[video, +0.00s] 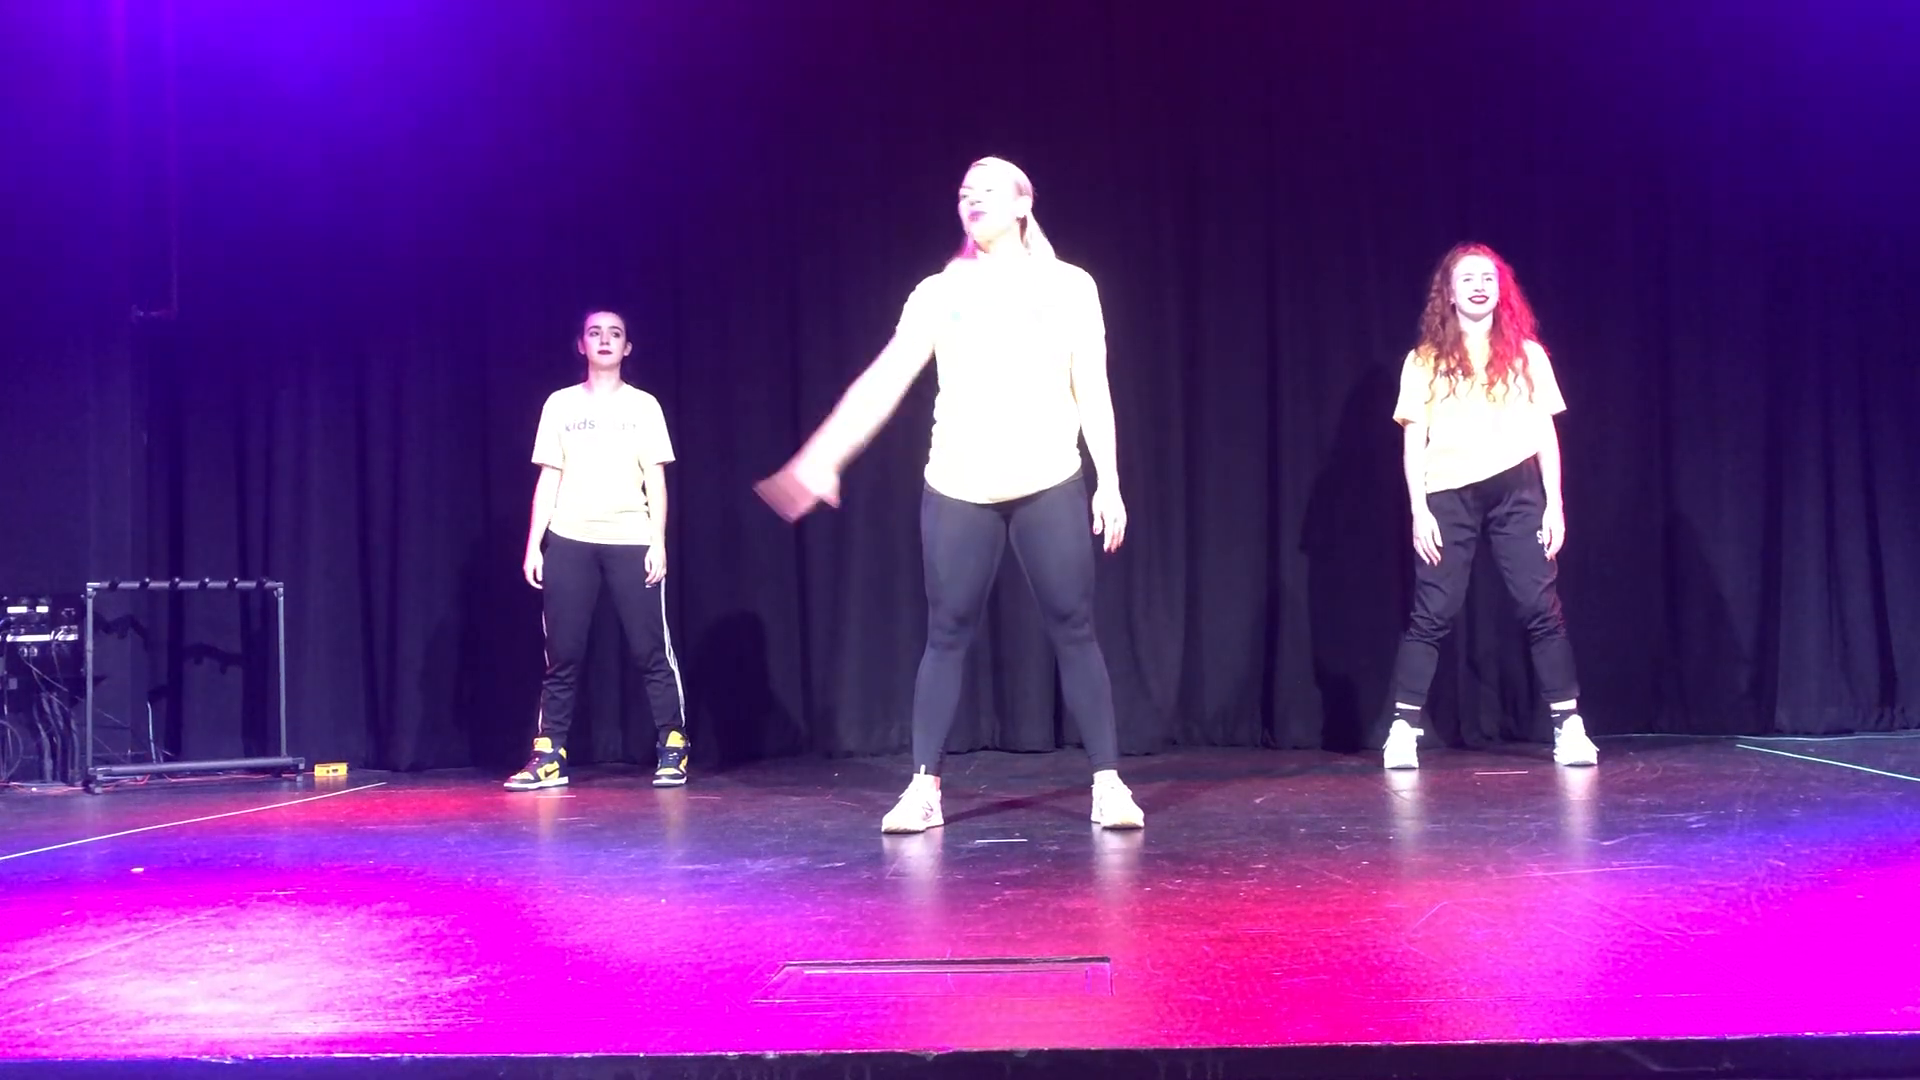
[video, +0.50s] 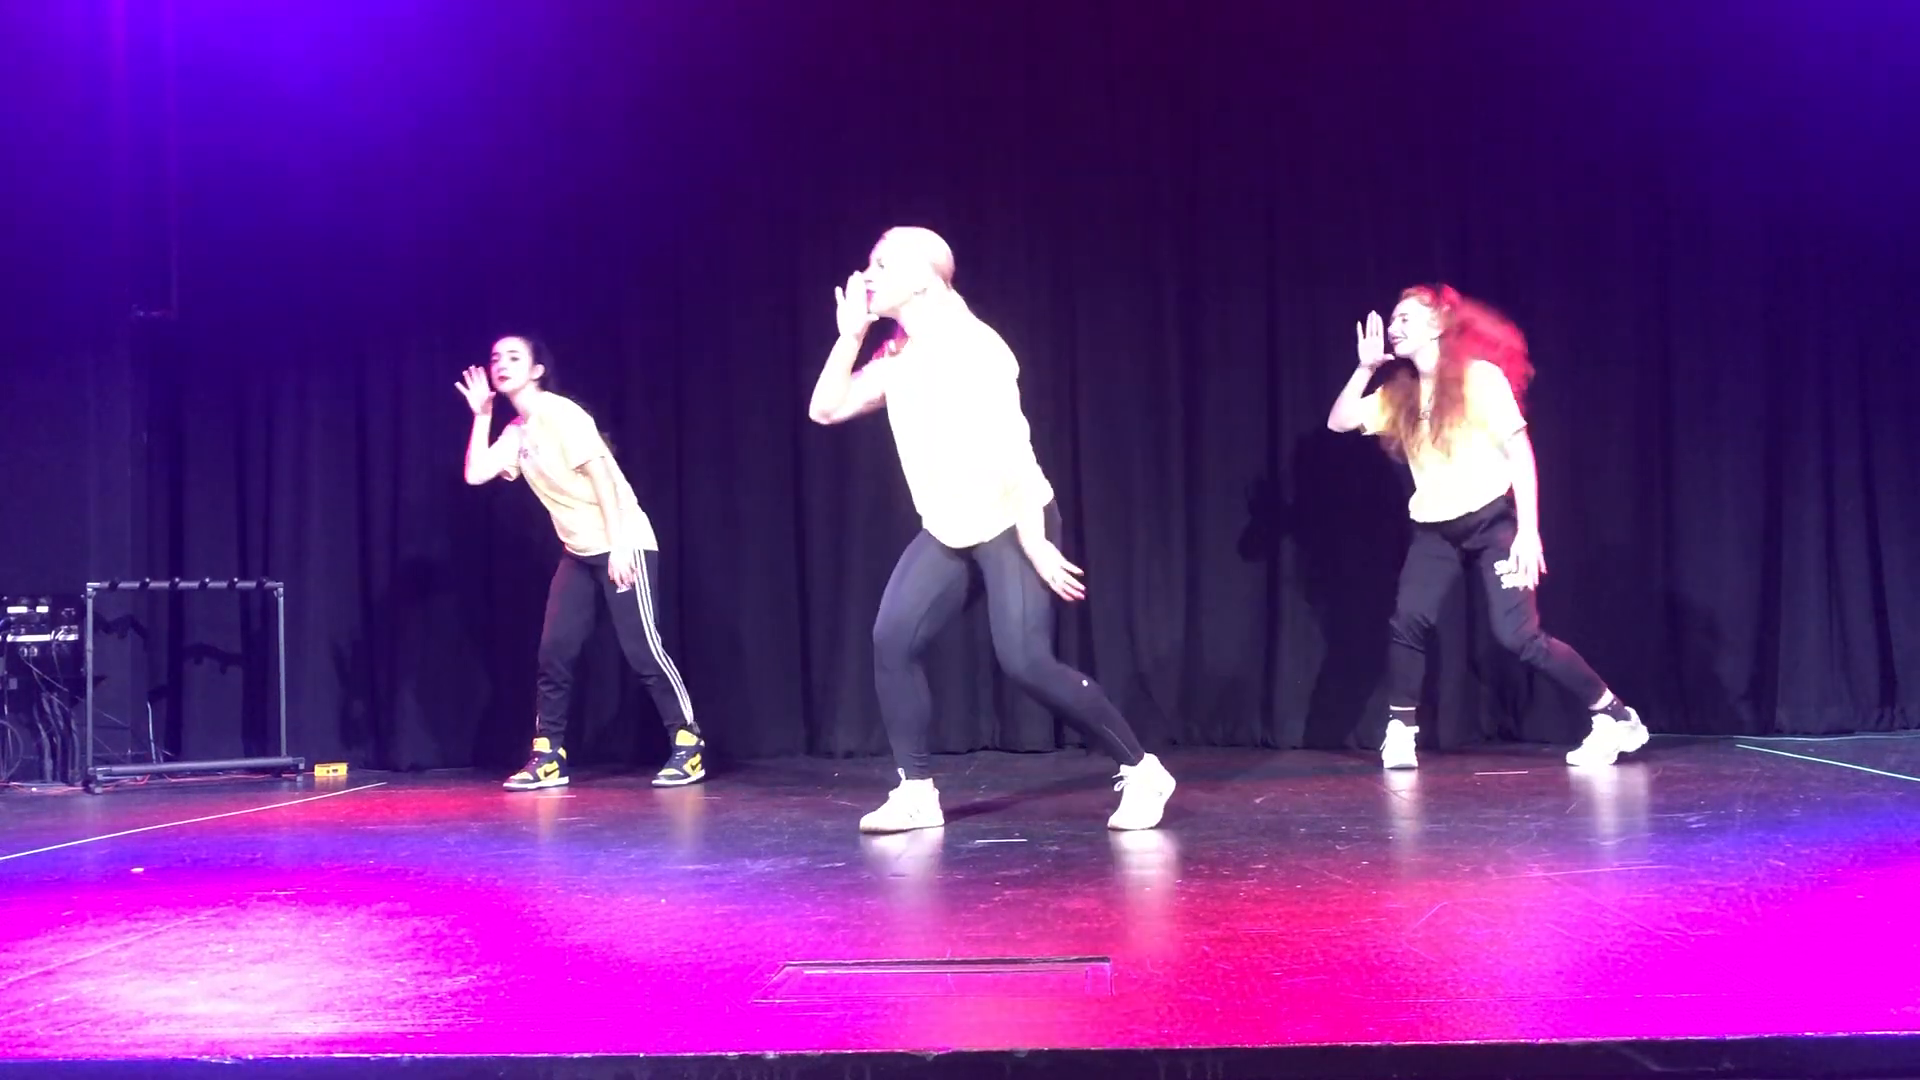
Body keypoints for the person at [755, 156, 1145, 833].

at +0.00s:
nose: (971, 200)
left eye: (986, 188)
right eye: (965, 192)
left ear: (1024, 200)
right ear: (959, 210)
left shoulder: (1071, 287)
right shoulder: (939, 292)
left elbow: (1093, 391)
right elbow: (882, 382)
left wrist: (1108, 482)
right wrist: (820, 457)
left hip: (1049, 477)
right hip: (961, 482)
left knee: (1074, 623)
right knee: (947, 627)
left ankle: (1106, 779)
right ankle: (924, 784)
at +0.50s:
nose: (870, 274)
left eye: (884, 261)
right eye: (872, 264)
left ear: (928, 273)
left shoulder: (973, 346)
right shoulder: (902, 358)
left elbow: (1011, 447)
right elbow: (826, 406)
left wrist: (1034, 539)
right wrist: (852, 332)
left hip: (1007, 518)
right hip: (946, 526)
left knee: (1024, 659)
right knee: (892, 638)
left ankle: (1141, 768)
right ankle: (915, 792)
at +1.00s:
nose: (860, 268)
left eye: (873, 254)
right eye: (862, 257)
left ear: (915, 260)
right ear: (884, 268)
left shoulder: (984, 321)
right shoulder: (884, 355)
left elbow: (1045, 403)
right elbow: (815, 415)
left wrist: (1048, 484)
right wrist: (846, 330)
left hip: (1024, 502)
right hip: (948, 514)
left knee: (1062, 636)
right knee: (903, 633)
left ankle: (1142, 771)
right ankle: (916, 790)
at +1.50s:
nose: (1088, 221)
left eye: (1085, 210)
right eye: (1074, 208)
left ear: (1072, 227)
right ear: (1032, 220)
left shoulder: (1085, 311)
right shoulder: (986, 288)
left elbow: (1145, 383)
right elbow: (1011, 344)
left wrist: (1182, 312)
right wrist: (1025, 249)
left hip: (1049, 494)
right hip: (965, 491)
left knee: (1098, 622)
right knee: (930, 634)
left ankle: (1119, 781)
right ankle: (912, 787)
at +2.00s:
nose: (1165, 272)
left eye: (1167, 262)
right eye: (1152, 260)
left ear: (1163, 271)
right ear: (1108, 262)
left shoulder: (1129, 331)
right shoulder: (1081, 304)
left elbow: (1169, 425)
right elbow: (1121, 391)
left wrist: (1178, 343)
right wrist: (1158, 323)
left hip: (1047, 505)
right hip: (974, 492)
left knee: (1094, 626)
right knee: (954, 645)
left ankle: (1116, 781)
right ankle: (882, 778)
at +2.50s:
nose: (1107, 333)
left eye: (1113, 322)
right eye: (1094, 322)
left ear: (1120, 324)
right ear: (1056, 325)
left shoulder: (1112, 379)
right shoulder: (1014, 366)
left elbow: (1166, 465)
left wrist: (1137, 397)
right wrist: (1073, 386)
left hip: (1034, 512)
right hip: (949, 504)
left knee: (1074, 632)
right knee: (930, 628)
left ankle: (1117, 780)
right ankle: (880, 779)